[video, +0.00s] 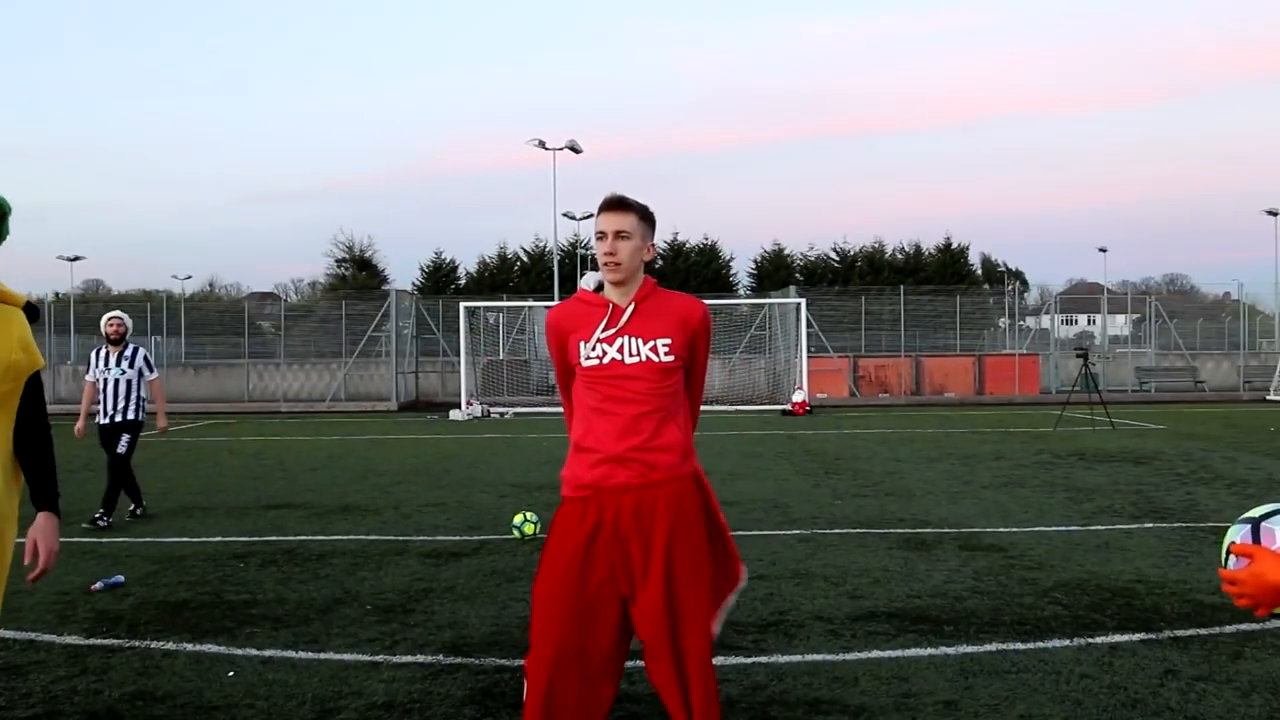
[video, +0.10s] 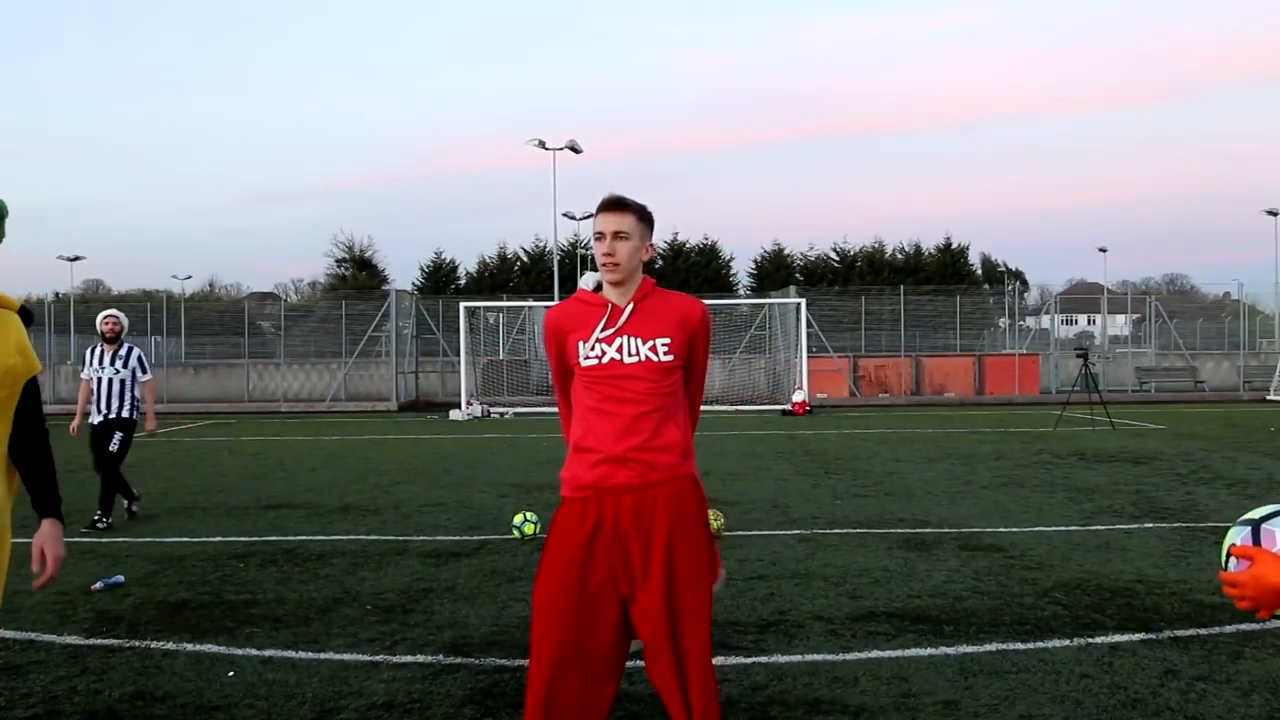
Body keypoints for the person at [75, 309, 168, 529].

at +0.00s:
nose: (115, 328)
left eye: (119, 325)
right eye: (111, 325)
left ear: (126, 329)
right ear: (104, 330)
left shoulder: (138, 354)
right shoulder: (96, 355)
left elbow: (154, 383)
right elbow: (90, 386)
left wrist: (161, 415)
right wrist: (82, 418)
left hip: (130, 417)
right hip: (105, 418)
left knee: (117, 463)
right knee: (119, 464)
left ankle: (105, 513)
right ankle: (138, 503)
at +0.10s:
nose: (110, 327)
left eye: (115, 323)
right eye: (106, 323)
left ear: (122, 328)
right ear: (99, 329)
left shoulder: (133, 353)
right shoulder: (91, 353)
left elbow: (147, 384)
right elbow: (85, 385)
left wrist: (150, 416)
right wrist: (78, 416)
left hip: (124, 416)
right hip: (99, 416)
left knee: (109, 463)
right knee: (102, 464)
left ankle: (104, 514)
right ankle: (131, 496)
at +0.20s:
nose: (103, 323)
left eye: (108, 320)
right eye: (99, 320)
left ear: (115, 324)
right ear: (92, 325)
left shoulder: (125, 350)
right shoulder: (85, 349)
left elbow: (137, 383)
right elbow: (78, 381)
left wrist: (131, 416)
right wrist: (72, 413)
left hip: (113, 416)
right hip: (87, 416)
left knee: (104, 464)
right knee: (79, 463)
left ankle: (103, 513)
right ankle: (110, 490)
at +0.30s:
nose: (98, 321)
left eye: (102, 317)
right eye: (93, 317)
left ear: (110, 321)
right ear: (87, 322)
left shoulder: (121, 347)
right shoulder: (80, 347)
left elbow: (130, 381)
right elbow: (73, 379)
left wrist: (120, 411)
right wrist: (68, 410)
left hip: (106, 416)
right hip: (80, 415)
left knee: (104, 466)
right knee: (69, 460)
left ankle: (104, 515)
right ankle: (92, 496)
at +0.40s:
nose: (88, 320)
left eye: (93, 316)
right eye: (83, 316)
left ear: (100, 321)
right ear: (77, 321)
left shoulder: (113, 348)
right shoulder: (70, 347)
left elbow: (120, 382)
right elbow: (65, 380)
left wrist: (103, 403)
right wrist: (59, 411)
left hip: (99, 419)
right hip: (71, 418)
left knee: (101, 468)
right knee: (57, 464)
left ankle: (103, 515)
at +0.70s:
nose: (55, 324)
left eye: (60, 320)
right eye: (50, 320)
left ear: (68, 325)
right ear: (43, 326)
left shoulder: (81, 353)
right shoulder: (37, 356)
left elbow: (92, 386)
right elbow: (31, 390)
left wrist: (86, 414)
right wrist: (28, 420)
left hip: (71, 427)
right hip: (41, 428)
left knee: (81, 472)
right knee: (37, 481)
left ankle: (99, 512)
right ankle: (34, 530)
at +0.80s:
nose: (40, 323)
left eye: (44, 318)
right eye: (37, 318)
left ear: (53, 321)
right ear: (31, 322)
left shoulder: (67, 349)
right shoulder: (29, 349)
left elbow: (80, 384)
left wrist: (83, 418)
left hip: (61, 420)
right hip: (34, 421)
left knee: (62, 471)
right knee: (37, 472)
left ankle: (84, 507)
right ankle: (40, 519)